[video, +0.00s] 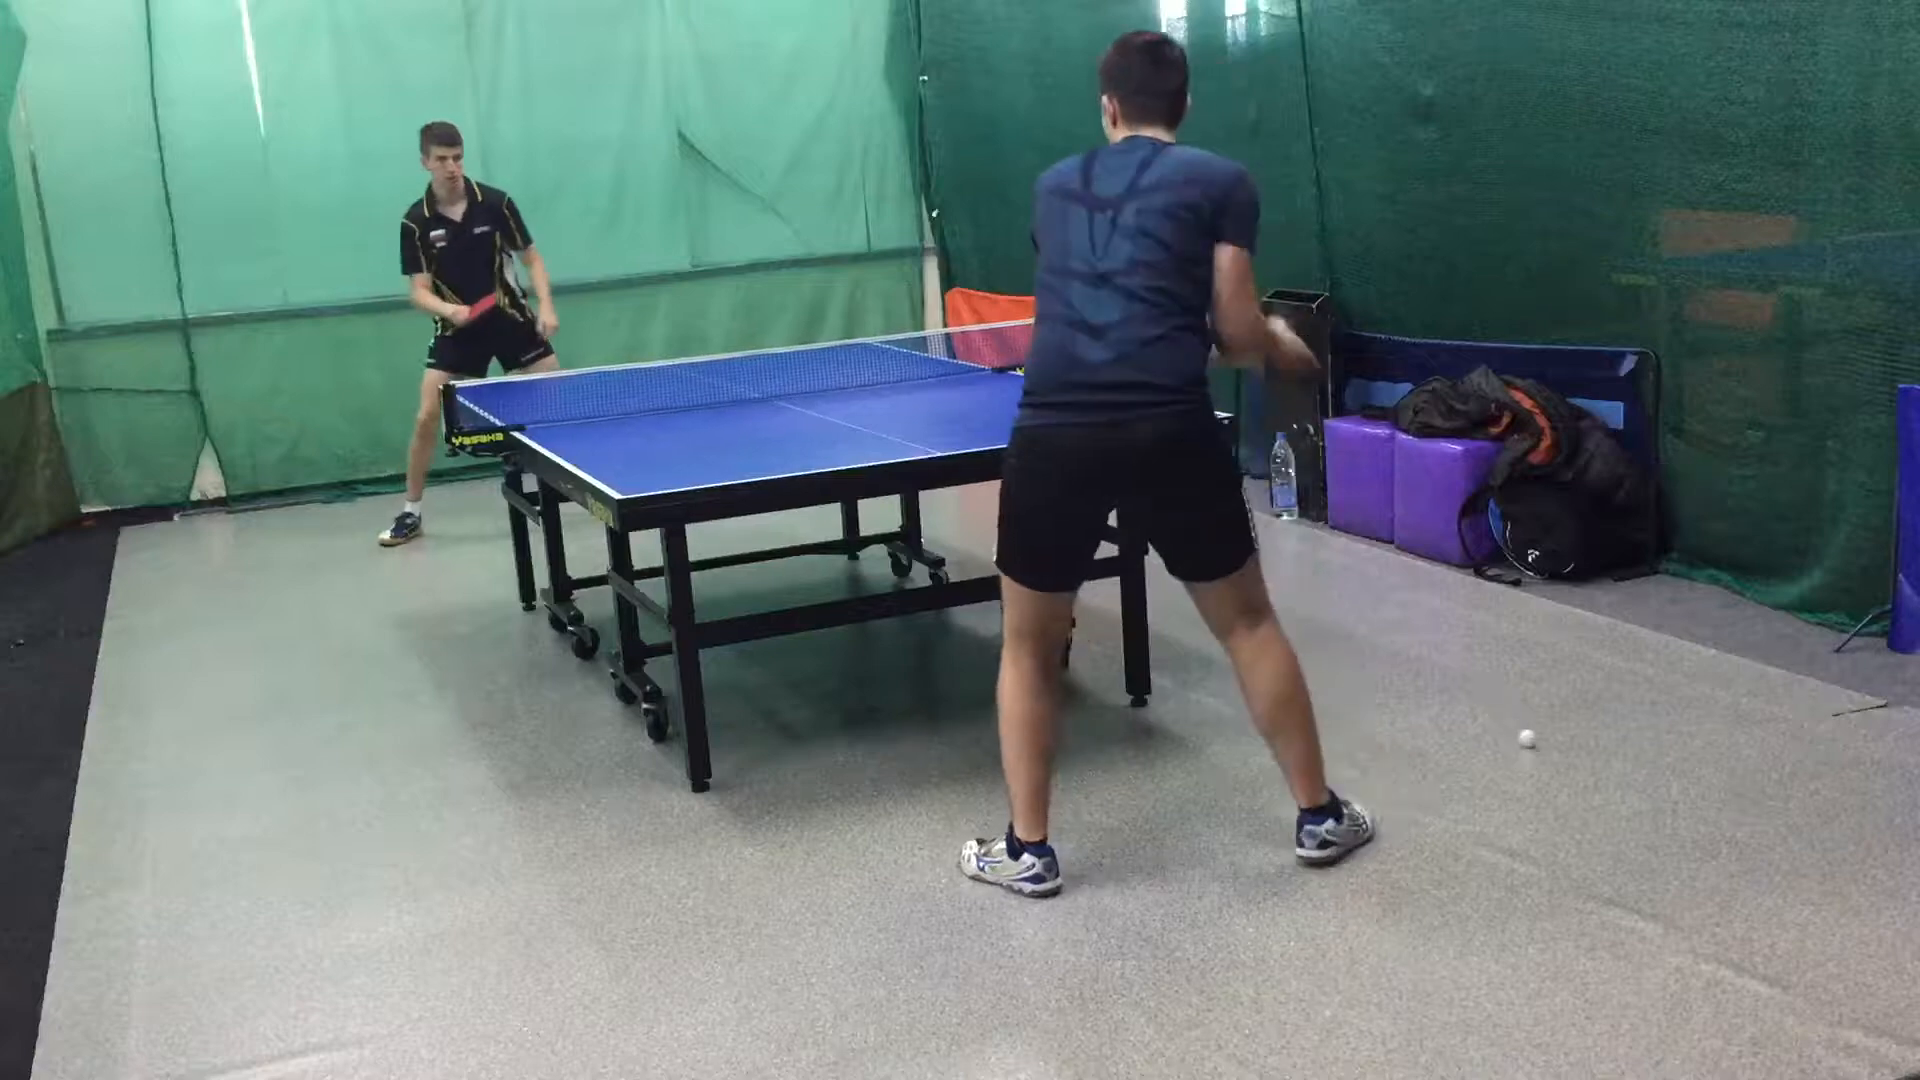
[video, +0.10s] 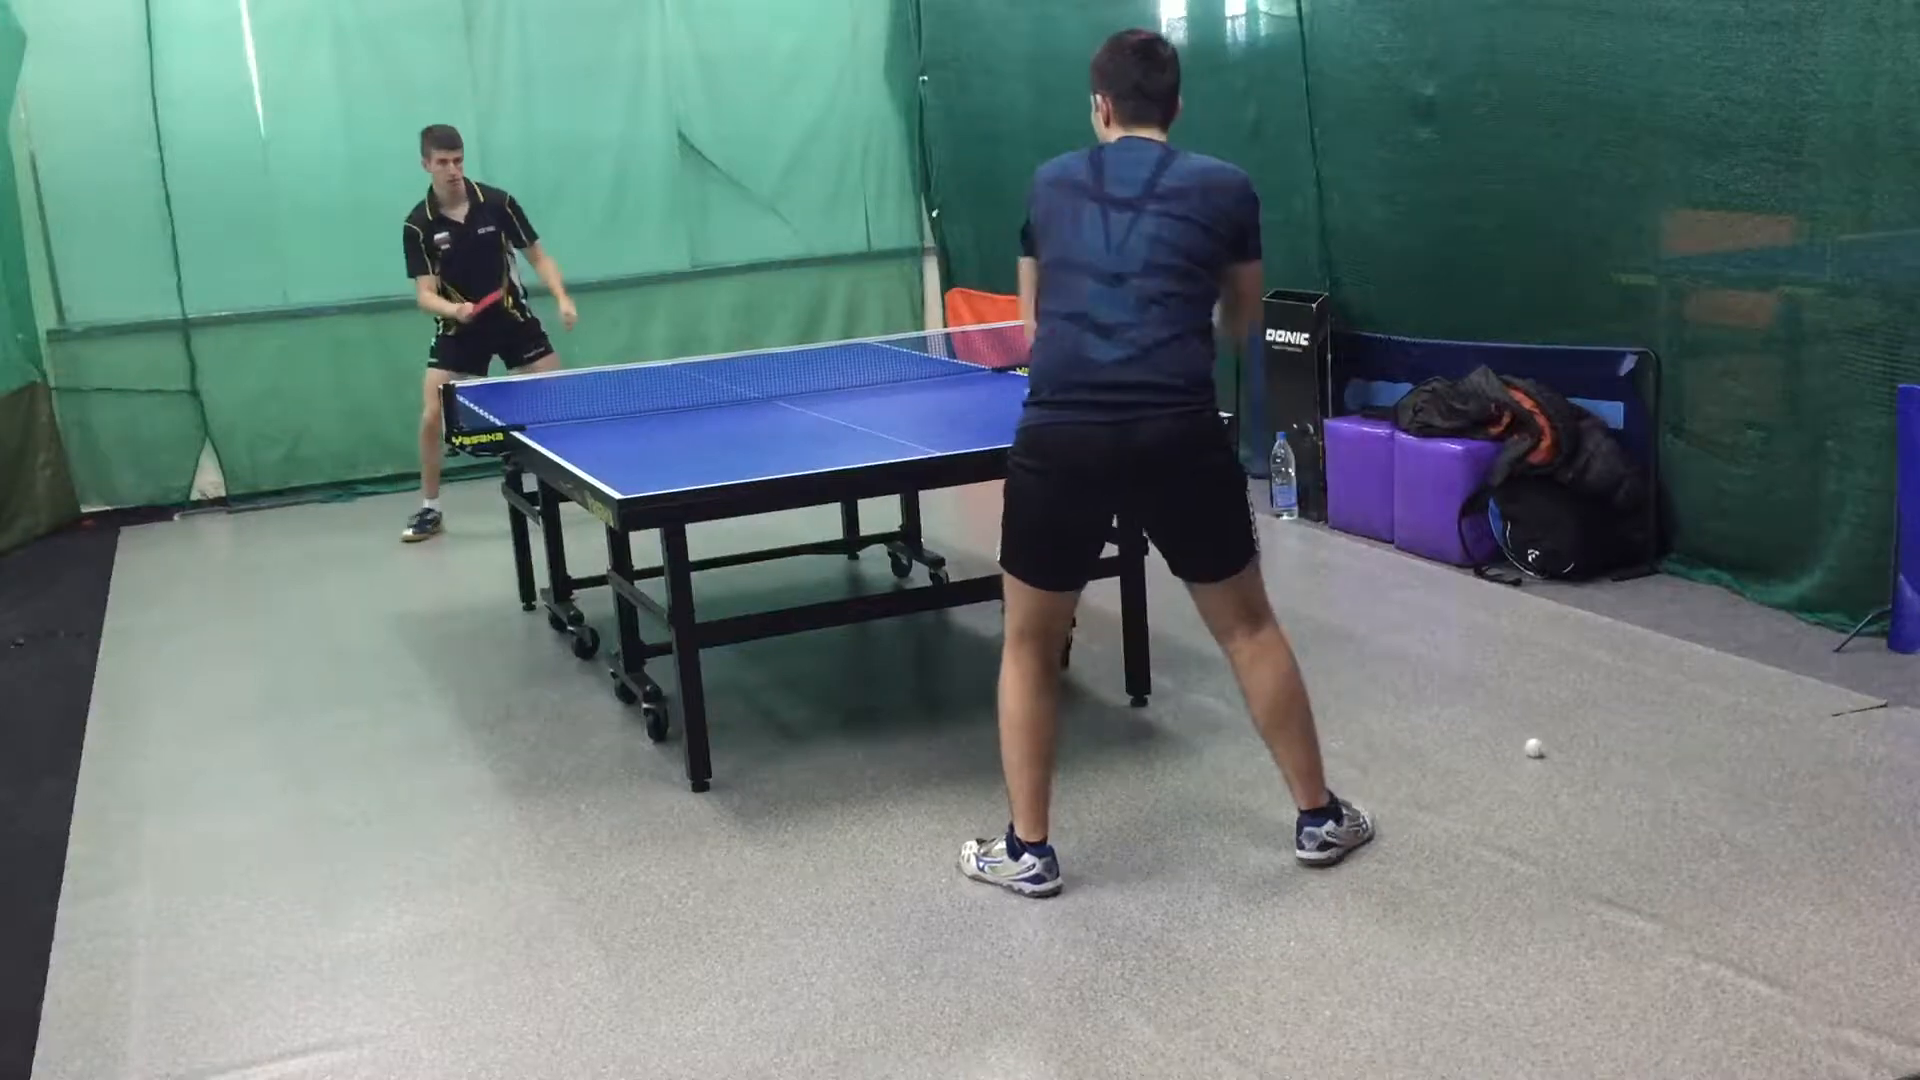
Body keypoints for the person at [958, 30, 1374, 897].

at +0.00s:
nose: (1118, 113)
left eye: (1109, 99)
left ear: (1106, 105)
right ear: (1187, 107)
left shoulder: (1055, 184)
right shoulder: (1220, 181)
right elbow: (1236, 332)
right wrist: (1285, 349)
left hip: (1053, 448)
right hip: (1170, 442)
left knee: (1029, 648)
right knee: (1248, 624)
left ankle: (1029, 848)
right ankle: (1317, 813)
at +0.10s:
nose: (1099, 110)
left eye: (1096, 100)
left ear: (1100, 105)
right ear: (1178, 107)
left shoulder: (1052, 182)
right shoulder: (1225, 188)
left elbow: (1035, 324)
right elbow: (1241, 322)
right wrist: (1185, 299)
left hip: (1059, 451)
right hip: (1177, 446)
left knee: (1030, 645)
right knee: (1250, 628)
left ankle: (1029, 848)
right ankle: (1317, 816)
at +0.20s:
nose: (1080, 110)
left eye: (1081, 97)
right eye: (1088, 98)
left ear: (1089, 105)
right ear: (1166, 107)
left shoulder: (1050, 177)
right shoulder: (1219, 185)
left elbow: (994, 310)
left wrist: (1042, 379)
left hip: (1074, 442)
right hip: (1192, 435)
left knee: (1030, 646)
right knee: (1252, 626)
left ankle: (1028, 848)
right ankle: (1318, 813)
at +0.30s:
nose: (1065, 111)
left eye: (1067, 99)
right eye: (1072, 99)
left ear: (1078, 105)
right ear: (1154, 107)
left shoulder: (1050, 173)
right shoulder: (1206, 186)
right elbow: (1188, 300)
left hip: (1085, 438)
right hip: (1200, 431)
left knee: (1032, 644)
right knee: (1249, 612)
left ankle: (1028, 848)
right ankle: (1323, 791)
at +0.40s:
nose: (1064, 125)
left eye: (1064, 114)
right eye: (1070, 113)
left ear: (1078, 117)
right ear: (1149, 118)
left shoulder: (1054, 184)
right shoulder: (1203, 194)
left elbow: (989, 309)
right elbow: (1193, 305)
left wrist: (1017, 388)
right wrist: (1096, 364)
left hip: (1097, 448)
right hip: (1210, 439)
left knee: (1024, 645)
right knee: (1261, 615)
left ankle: (1029, 847)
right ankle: (1344, 786)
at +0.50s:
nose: (1075, 145)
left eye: (1075, 134)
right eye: (1081, 133)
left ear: (1087, 139)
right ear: (1159, 139)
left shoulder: (1069, 207)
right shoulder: (1215, 215)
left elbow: (1013, 327)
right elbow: (1204, 324)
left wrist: (1053, 370)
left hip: (1120, 465)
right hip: (1228, 457)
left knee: (1024, 639)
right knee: (1265, 618)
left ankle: (1028, 845)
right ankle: (1349, 791)